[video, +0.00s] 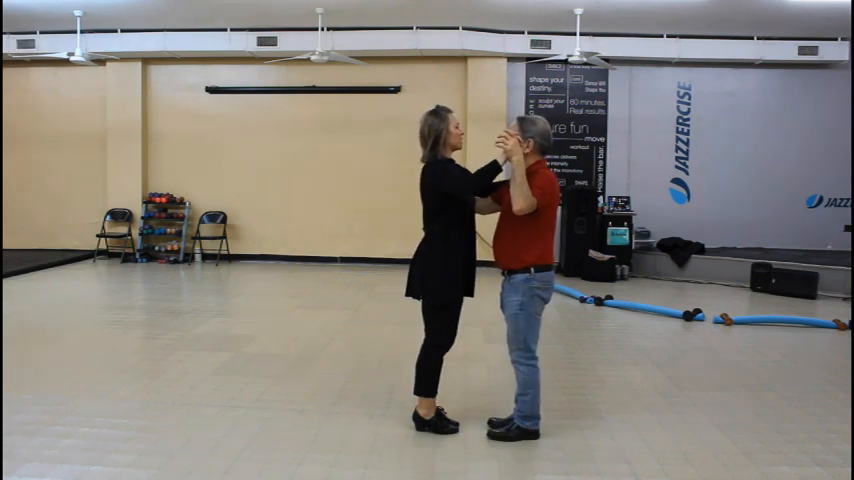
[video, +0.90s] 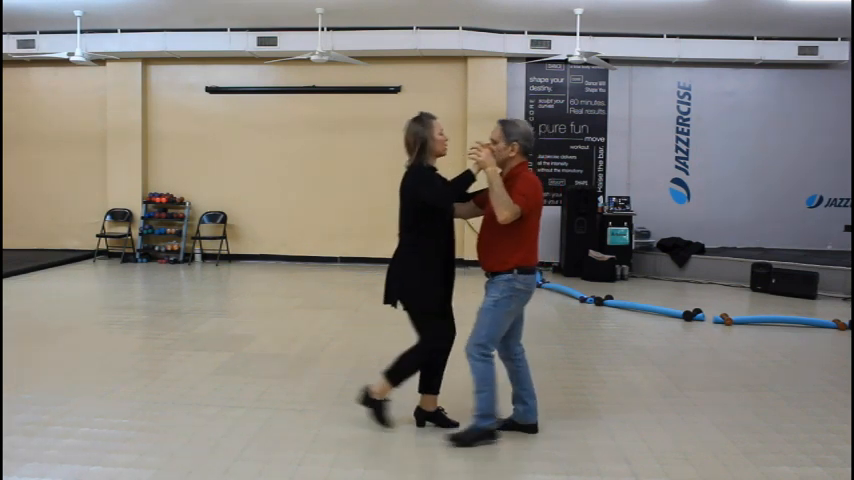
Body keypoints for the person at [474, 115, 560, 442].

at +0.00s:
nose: (507, 142)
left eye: (512, 137)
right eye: (508, 137)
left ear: (527, 144)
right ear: (527, 145)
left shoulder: (544, 176)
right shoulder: (520, 179)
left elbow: (522, 206)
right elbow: (483, 204)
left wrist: (516, 162)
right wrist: (451, 189)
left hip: (531, 277)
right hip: (517, 276)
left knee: (524, 354)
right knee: (519, 353)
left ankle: (527, 422)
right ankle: (522, 416)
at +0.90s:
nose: (487, 148)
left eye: (494, 143)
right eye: (489, 142)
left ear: (513, 149)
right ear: (509, 149)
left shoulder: (527, 181)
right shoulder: (505, 181)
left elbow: (506, 214)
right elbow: (465, 209)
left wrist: (491, 171)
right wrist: (431, 201)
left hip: (514, 278)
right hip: (504, 277)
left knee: (478, 347)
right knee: (510, 347)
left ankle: (484, 424)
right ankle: (525, 416)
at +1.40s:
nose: (454, 155)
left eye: (459, 150)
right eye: (455, 149)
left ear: (478, 155)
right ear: (477, 156)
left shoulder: (492, 188)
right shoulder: (470, 187)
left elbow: (463, 219)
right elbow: (431, 215)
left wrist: (448, 178)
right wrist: (392, 208)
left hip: (481, 287)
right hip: (475, 285)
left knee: (439, 356)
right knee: (476, 352)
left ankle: (440, 431)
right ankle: (518, 410)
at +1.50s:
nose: (456, 149)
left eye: (462, 145)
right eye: (458, 144)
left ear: (481, 154)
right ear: (479, 154)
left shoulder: (496, 188)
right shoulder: (472, 187)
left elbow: (470, 219)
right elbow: (434, 214)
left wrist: (452, 177)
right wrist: (395, 207)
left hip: (486, 285)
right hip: (479, 283)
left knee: (448, 354)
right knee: (481, 352)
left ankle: (440, 430)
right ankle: (514, 415)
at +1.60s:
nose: (464, 147)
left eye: (470, 143)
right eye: (466, 141)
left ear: (488, 150)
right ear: (488, 151)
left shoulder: (504, 186)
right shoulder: (479, 185)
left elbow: (479, 218)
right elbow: (440, 211)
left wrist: (463, 177)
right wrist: (403, 202)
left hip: (494, 282)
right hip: (488, 280)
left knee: (463, 354)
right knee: (493, 351)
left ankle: (444, 430)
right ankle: (516, 417)